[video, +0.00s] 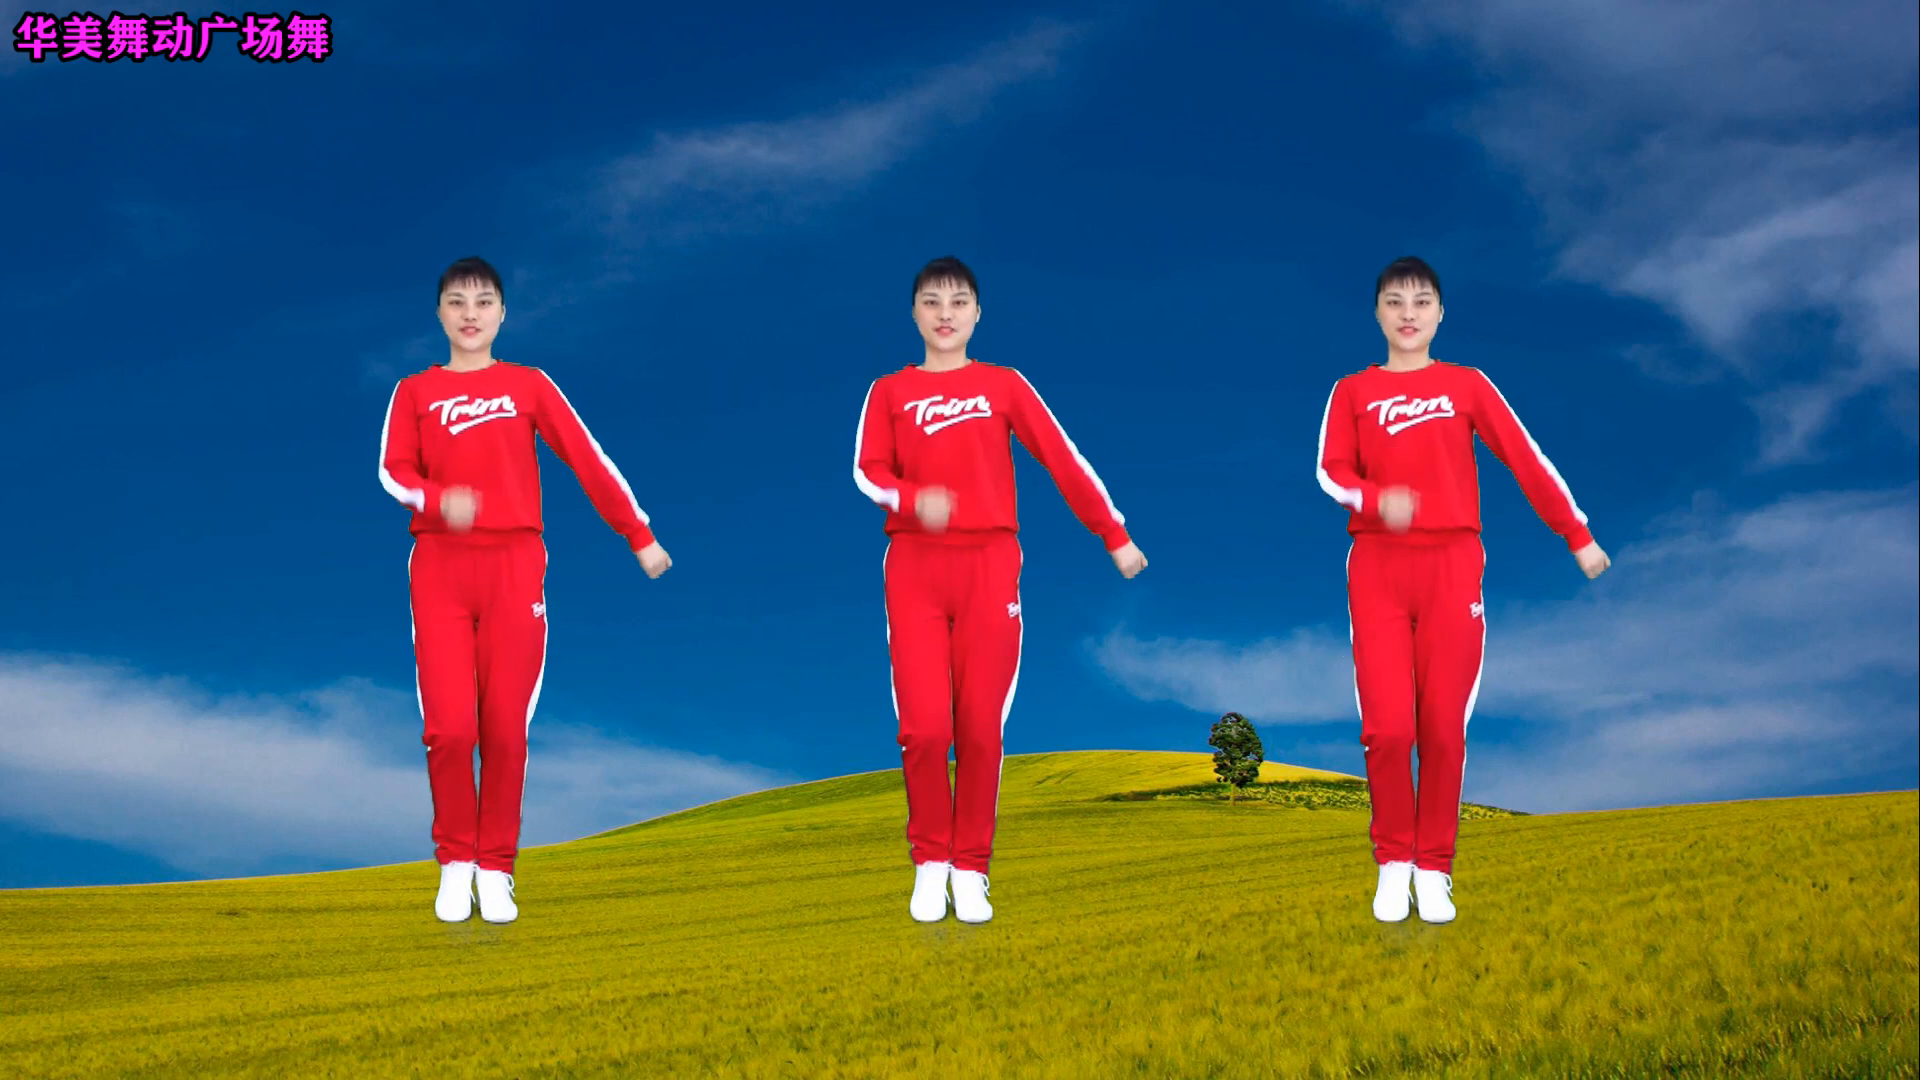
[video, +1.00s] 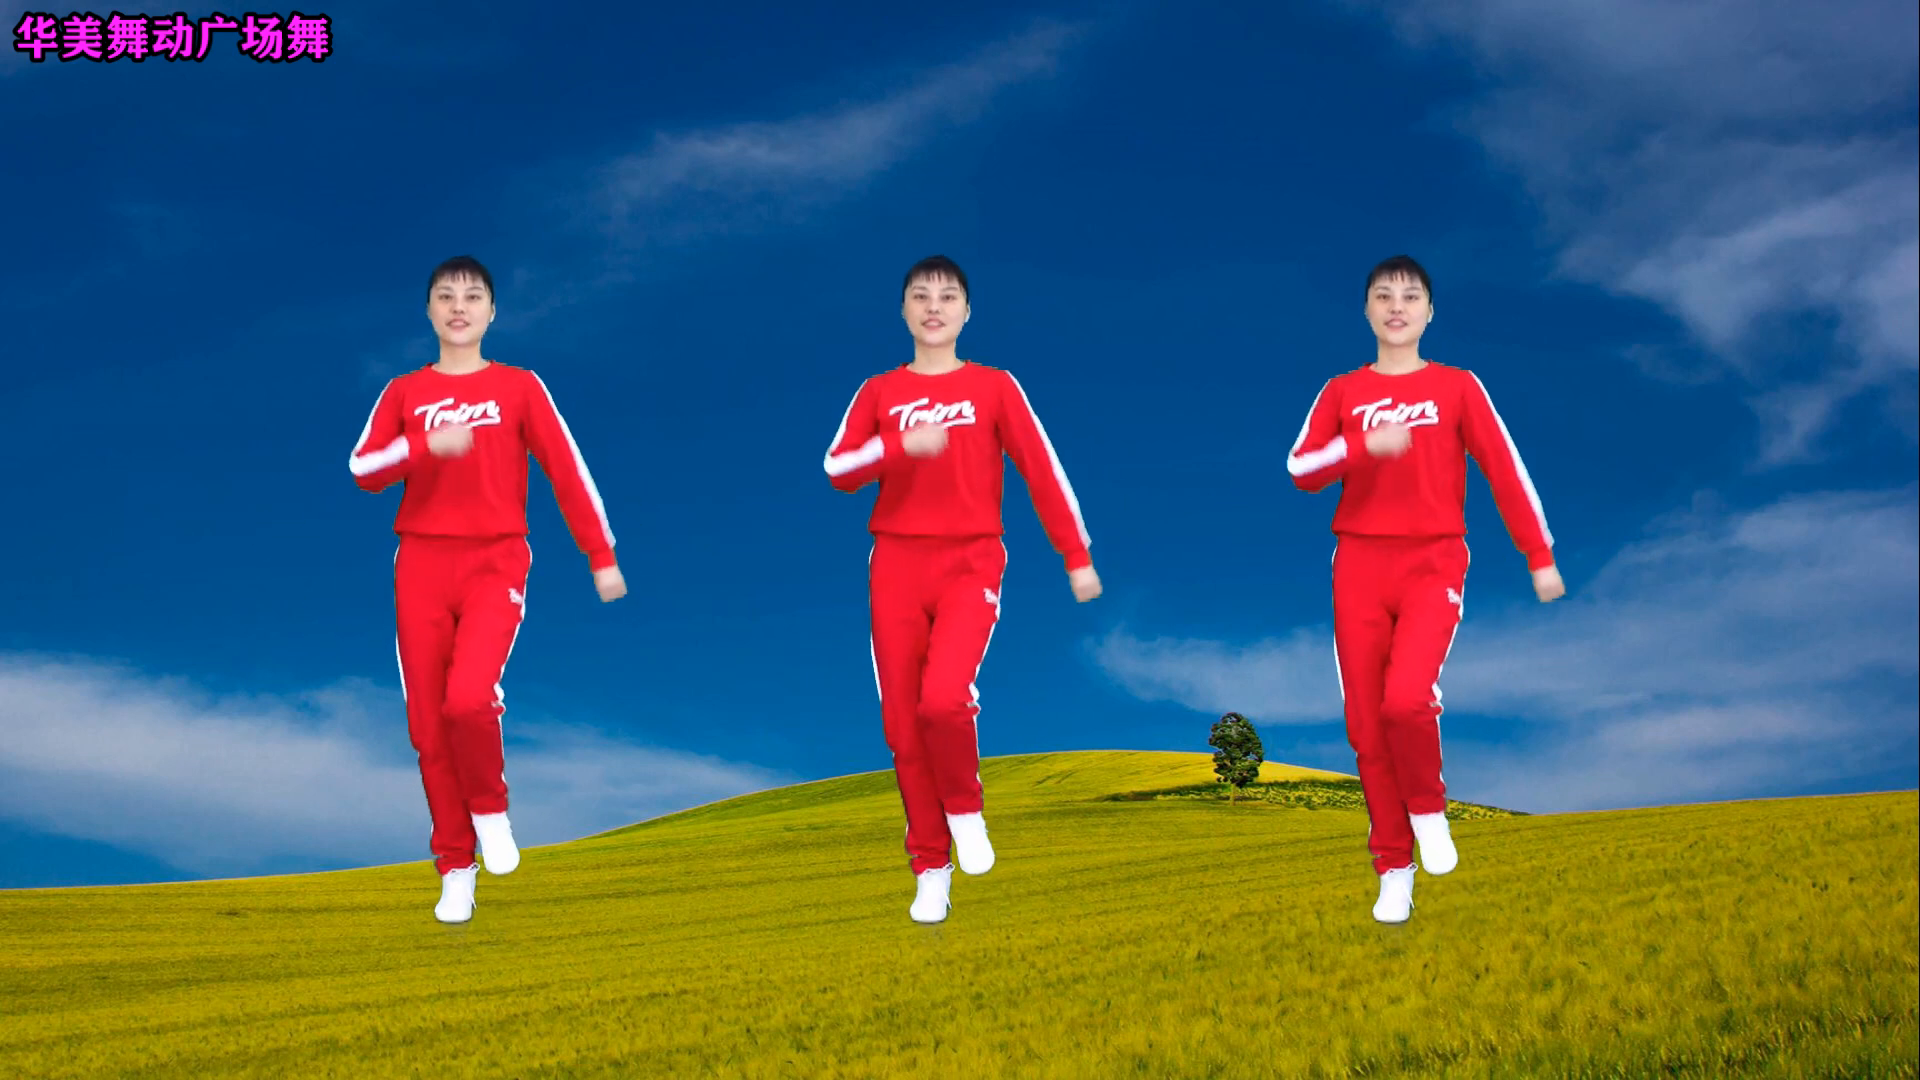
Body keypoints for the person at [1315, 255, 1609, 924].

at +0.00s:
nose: (1408, 313)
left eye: (1421, 302)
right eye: (1395, 302)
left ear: (1439, 313)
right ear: (1379, 314)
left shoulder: (1468, 385)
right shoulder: (1352, 390)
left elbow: (1528, 460)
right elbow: (1331, 472)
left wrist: (1579, 536)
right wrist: (1374, 497)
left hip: (1452, 569)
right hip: (1377, 571)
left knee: (1443, 725)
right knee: (1386, 726)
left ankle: (1434, 867)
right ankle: (1393, 862)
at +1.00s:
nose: (1397, 308)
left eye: (1409, 298)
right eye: (1385, 298)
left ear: (1428, 311)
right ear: (1368, 310)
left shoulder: (1459, 387)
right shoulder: (1340, 393)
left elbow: (1507, 471)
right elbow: (1301, 471)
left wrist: (1540, 558)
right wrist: (1361, 443)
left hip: (1434, 564)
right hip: (1359, 565)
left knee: (1405, 704)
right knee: (1365, 723)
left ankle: (1427, 809)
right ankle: (1392, 863)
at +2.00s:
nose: (1422, 302)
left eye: (1431, 292)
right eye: (1406, 294)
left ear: (1445, 308)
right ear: (1383, 312)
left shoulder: (1474, 389)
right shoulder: (1355, 383)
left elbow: (1502, 473)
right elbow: (1268, 419)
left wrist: (1478, 489)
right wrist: (1175, 454)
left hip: (1461, 564)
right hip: (1386, 565)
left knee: (1450, 725)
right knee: (1394, 726)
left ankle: (1436, 868)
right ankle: (1388, 870)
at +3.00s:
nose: (1502, 329)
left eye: (1511, 318)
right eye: (1487, 321)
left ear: (1528, 328)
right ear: (1468, 337)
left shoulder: (1567, 405)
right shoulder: (1450, 407)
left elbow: (1595, 499)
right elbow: (1364, 403)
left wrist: (1605, 580)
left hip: (1570, 574)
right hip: (1495, 578)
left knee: (1574, 730)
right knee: (1536, 706)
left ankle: (1548, 869)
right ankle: (1490, 785)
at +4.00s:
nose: (1443, 309)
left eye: (1456, 300)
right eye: (1441, 300)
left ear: (1492, 310)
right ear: (1447, 316)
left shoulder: (1522, 378)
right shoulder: (1426, 394)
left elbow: (1500, 300)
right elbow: (1402, 487)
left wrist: (1440, 247)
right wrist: (1389, 567)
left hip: (1503, 559)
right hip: (1431, 564)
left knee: (1528, 719)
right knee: (1395, 724)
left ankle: (1550, 861)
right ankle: (1362, 859)